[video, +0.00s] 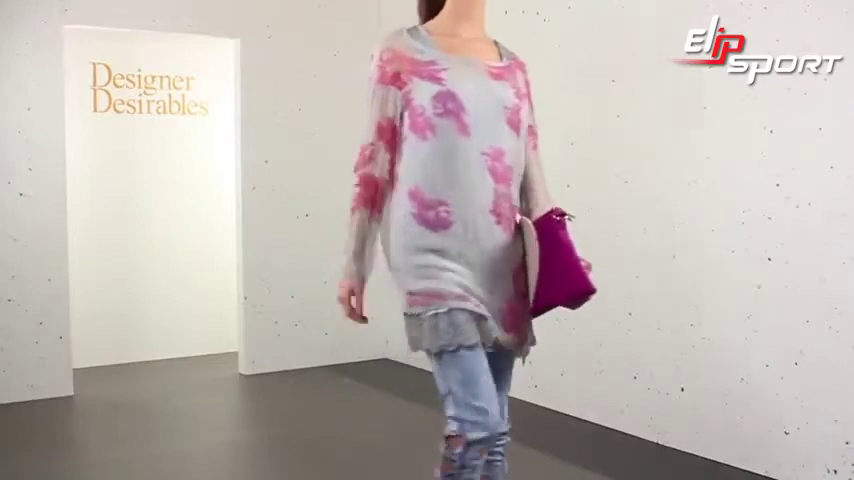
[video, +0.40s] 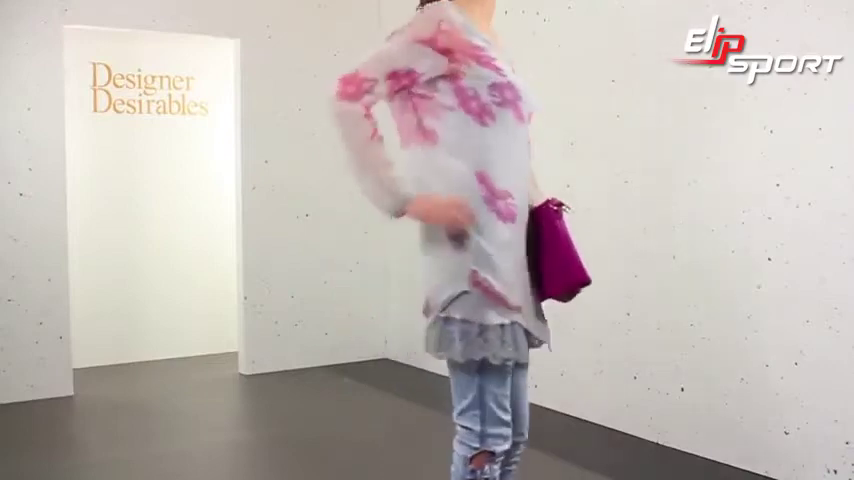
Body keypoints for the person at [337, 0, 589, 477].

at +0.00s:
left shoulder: (513, 67)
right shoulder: (402, 51)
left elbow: (531, 175)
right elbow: (376, 163)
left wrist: (560, 262)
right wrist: (356, 263)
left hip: (504, 266)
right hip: (432, 261)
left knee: (494, 429)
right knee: (477, 423)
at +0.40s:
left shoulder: (484, 40)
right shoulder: (438, 25)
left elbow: (493, 142)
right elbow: (350, 97)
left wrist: (535, 201)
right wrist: (399, 200)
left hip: (508, 261)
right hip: (472, 262)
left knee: (511, 436)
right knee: (483, 440)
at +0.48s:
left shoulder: (482, 40)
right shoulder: (443, 28)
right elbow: (374, 92)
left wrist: (525, 200)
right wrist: (441, 182)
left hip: (507, 259)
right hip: (476, 262)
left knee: (508, 433)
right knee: (488, 439)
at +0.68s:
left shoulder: (482, 25)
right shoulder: (464, 14)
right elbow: (443, 96)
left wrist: (529, 186)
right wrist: (485, 178)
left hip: (511, 255)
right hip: (485, 258)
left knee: (505, 439)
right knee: (487, 436)